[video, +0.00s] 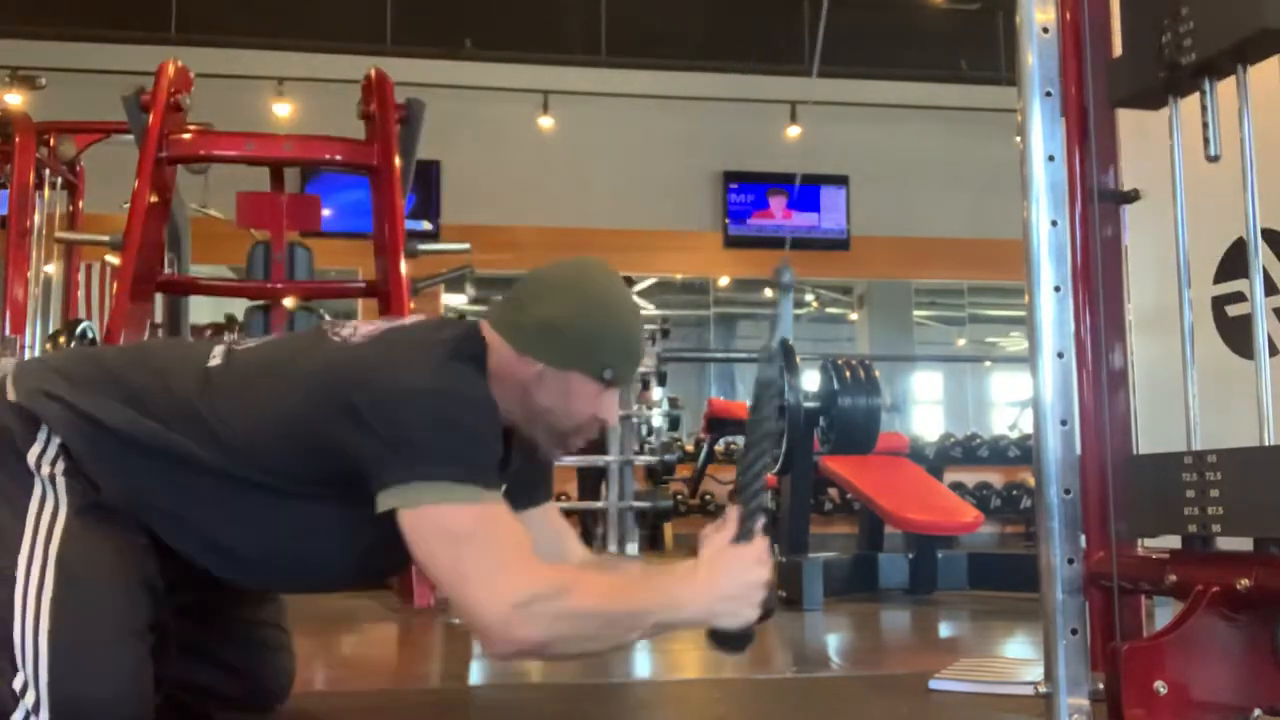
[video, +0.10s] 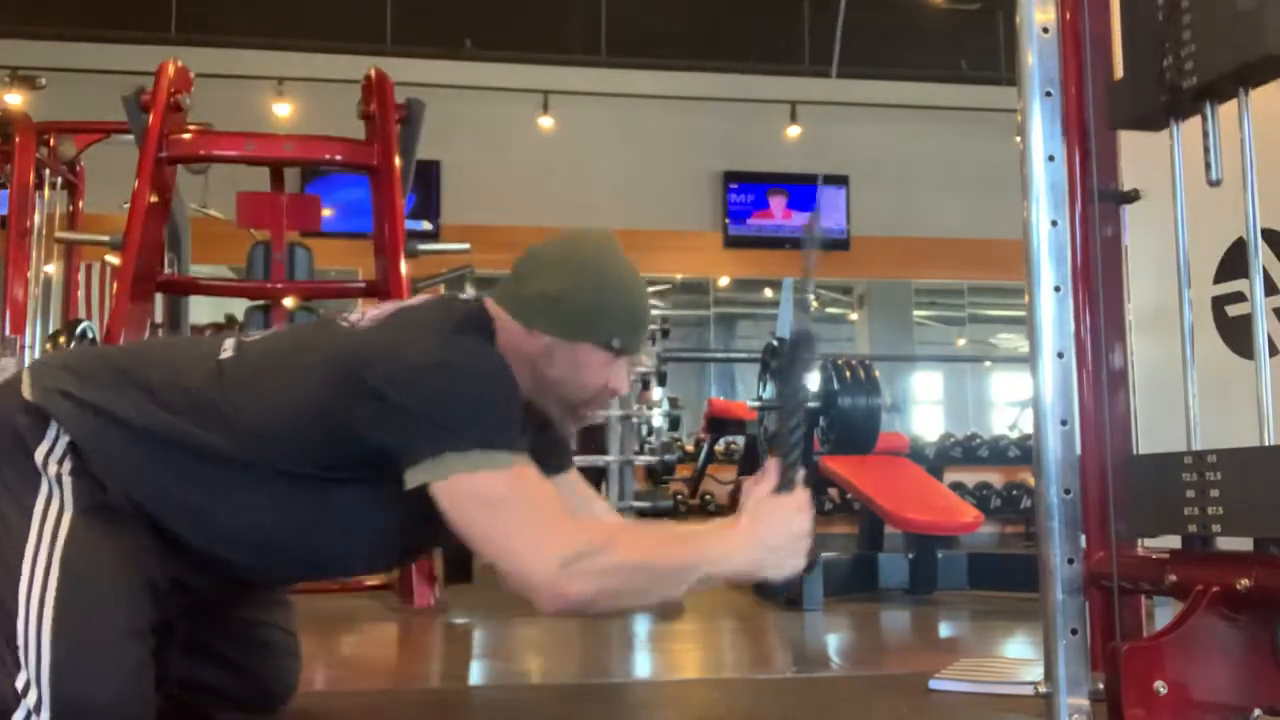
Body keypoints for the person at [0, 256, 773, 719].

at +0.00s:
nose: (616, 416)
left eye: (624, 393)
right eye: (608, 387)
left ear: (545, 367)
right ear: (541, 364)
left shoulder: (505, 428)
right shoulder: (429, 391)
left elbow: (563, 581)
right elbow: (508, 616)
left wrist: (689, 586)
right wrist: (687, 594)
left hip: (198, 499)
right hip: (71, 446)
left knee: (246, 682)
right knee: (83, 696)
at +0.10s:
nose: (630, 379)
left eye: (636, 357)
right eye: (619, 354)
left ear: (554, 339)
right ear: (545, 337)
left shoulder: (521, 396)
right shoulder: (447, 367)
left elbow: (591, 541)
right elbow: (555, 575)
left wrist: (737, 537)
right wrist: (737, 549)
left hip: (206, 502)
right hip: (82, 447)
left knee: (250, 679)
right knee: (83, 696)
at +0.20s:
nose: (635, 347)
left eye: (638, 323)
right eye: (623, 319)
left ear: (566, 309)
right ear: (549, 301)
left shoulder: (521, 369)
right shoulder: (457, 329)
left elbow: (608, 500)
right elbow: (605, 519)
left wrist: (755, 488)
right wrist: (778, 487)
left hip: (196, 498)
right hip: (84, 445)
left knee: (253, 674)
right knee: (81, 694)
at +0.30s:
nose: (636, 300)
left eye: (638, 278)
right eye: (625, 275)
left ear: (554, 265)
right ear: (555, 264)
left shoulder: (511, 329)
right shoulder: (465, 299)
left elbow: (630, 442)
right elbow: (645, 459)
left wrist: (783, 429)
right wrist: (818, 415)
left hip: (188, 493)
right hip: (85, 438)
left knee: (252, 670)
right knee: (78, 695)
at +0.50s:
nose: (632, 212)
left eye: (628, 185)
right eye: (616, 187)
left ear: (555, 192)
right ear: (556, 186)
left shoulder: (521, 273)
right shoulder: (466, 223)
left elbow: (674, 305)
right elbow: (688, 316)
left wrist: (830, 251)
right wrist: (846, 248)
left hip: (230, 506)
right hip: (114, 435)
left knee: (249, 688)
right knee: (77, 699)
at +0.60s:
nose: (622, 154)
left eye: (618, 133)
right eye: (606, 131)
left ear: (544, 137)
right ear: (550, 134)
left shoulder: (533, 254)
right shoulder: (461, 177)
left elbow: (689, 269)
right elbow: (694, 227)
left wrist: (828, 188)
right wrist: (848, 149)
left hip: (227, 500)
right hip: (127, 430)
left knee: (251, 683)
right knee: (78, 698)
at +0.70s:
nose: (608, 103)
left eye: (601, 87)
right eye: (594, 85)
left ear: (538, 99)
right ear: (551, 87)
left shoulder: (528, 214)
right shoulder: (458, 134)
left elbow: (695, 199)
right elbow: (679, 153)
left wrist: (828, 96)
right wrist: (839, 70)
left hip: (240, 486)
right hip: (139, 425)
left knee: (252, 686)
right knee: (80, 697)